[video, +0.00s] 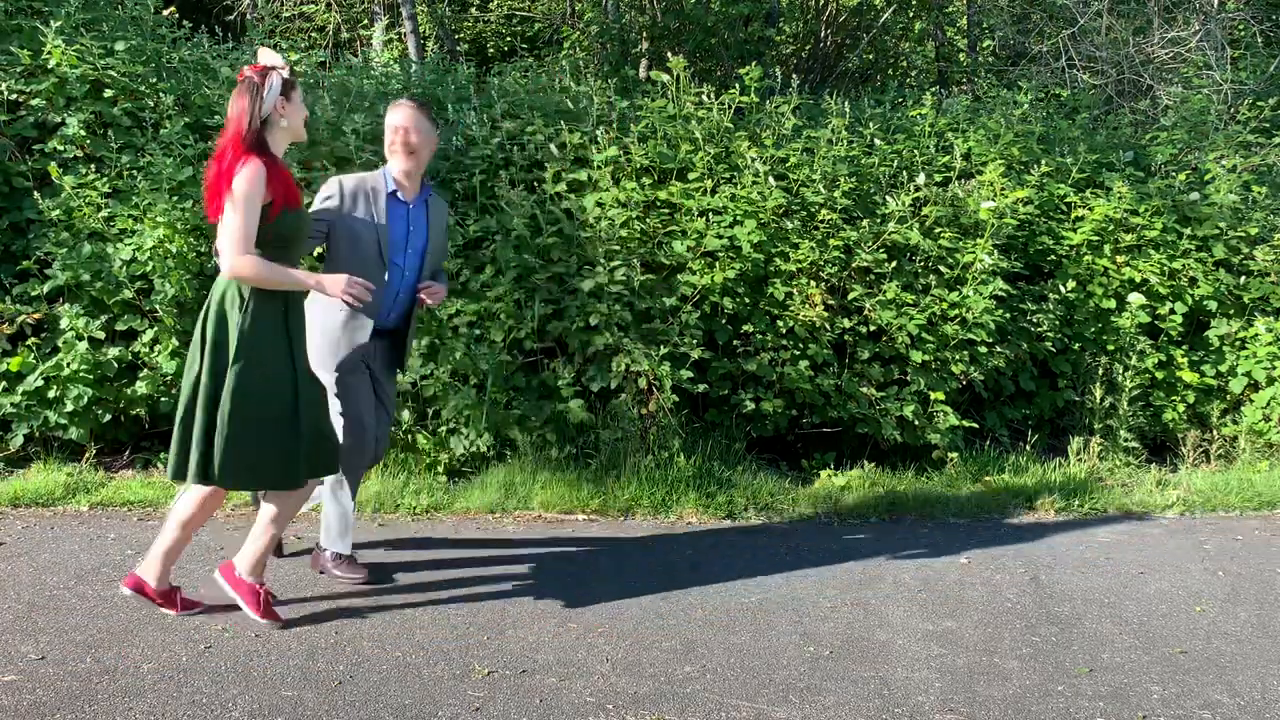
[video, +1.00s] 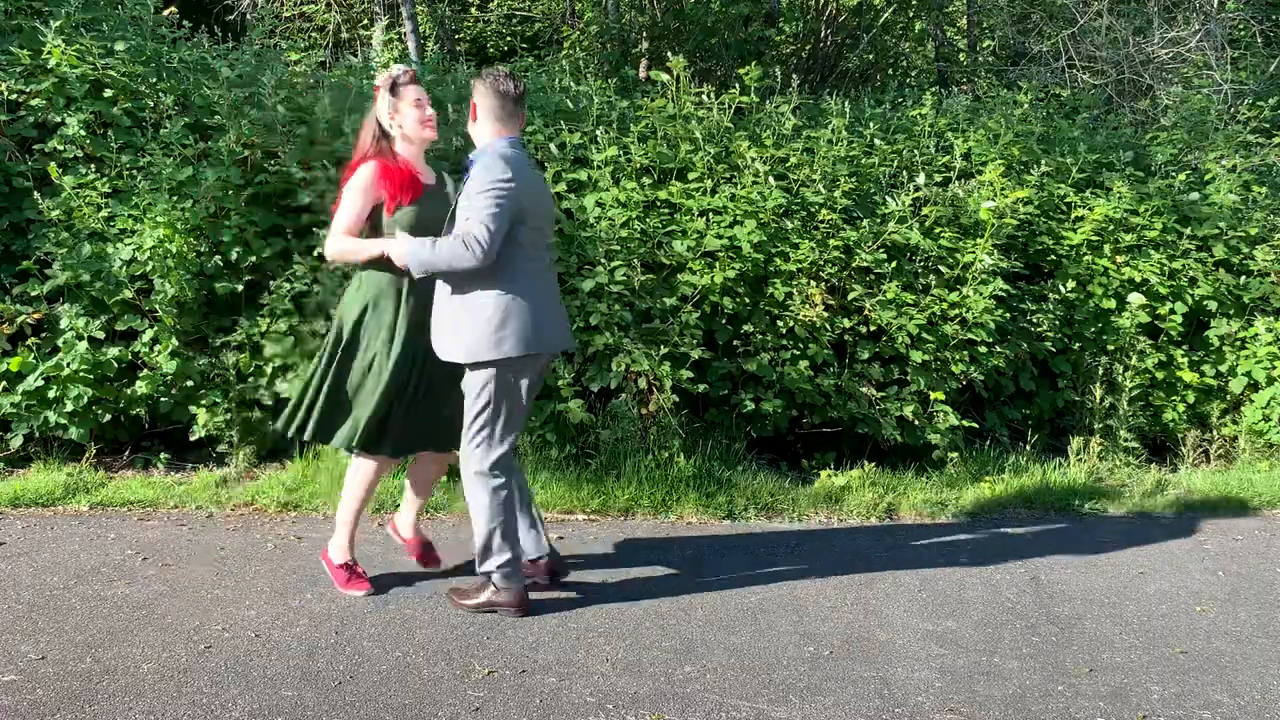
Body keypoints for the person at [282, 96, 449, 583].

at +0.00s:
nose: (402, 141)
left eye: (412, 133)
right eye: (394, 133)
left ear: (434, 143)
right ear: (385, 139)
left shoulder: (436, 209)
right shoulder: (343, 191)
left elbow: (434, 272)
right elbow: (294, 250)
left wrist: (434, 289)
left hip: (387, 340)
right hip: (336, 332)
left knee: (373, 443)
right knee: (354, 434)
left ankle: (278, 510)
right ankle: (335, 549)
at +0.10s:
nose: (406, 128)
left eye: (416, 120)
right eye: (398, 121)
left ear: (439, 133)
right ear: (388, 131)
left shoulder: (453, 206)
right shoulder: (350, 185)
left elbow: (461, 269)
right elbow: (300, 237)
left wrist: (454, 282)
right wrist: (249, 240)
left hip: (406, 342)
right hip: (350, 333)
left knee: (406, 436)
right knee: (359, 435)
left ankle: (332, 497)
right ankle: (335, 550)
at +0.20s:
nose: (409, 125)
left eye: (421, 117)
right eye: (403, 118)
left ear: (447, 128)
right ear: (394, 129)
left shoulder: (469, 203)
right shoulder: (359, 184)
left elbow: (481, 269)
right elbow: (308, 235)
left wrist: (468, 280)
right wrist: (258, 234)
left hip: (425, 337)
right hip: (366, 332)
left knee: (423, 434)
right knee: (365, 439)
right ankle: (337, 550)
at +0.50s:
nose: (416, 117)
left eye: (425, 107)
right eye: (417, 109)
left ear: (463, 114)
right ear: (445, 118)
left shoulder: (509, 184)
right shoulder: (407, 185)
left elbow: (540, 254)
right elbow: (349, 231)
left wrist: (492, 263)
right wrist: (291, 234)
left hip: (481, 335)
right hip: (425, 331)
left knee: (460, 442)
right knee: (415, 437)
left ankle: (476, 556)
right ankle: (415, 534)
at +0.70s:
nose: (431, 127)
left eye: (439, 118)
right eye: (434, 118)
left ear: (466, 126)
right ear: (470, 128)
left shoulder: (516, 188)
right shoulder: (439, 200)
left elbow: (542, 261)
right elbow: (396, 245)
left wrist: (468, 265)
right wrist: (334, 249)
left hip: (494, 344)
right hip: (452, 343)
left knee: (447, 443)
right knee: (442, 445)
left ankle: (498, 563)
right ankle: (472, 540)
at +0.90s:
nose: (455, 122)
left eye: (458, 112)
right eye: (460, 112)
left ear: (469, 114)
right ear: (506, 120)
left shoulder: (504, 176)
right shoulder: (488, 174)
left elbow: (499, 251)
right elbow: (477, 249)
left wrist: (420, 255)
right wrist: (419, 253)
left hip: (509, 344)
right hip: (492, 343)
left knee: (480, 455)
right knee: (473, 449)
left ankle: (506, 582)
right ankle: (487, 548)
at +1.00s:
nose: (461, 118)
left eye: (463, 111)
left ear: (473, 114)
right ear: (521, 117)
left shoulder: (493, 167)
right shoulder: (527, 171)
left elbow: (475, 247)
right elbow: (495, 246)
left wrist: (406, 251)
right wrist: (423, 249)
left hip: (499, 339)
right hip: (531, 335)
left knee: (484, 458)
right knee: (492, 451)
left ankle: (505, 581)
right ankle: (533, 558)